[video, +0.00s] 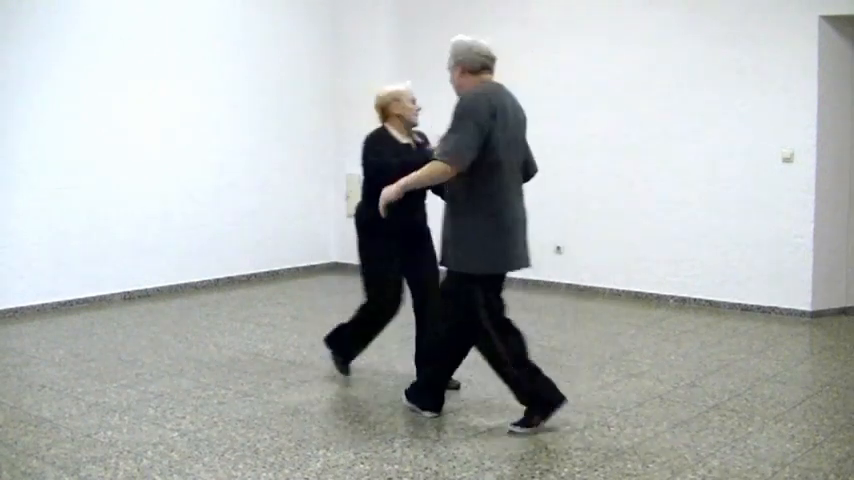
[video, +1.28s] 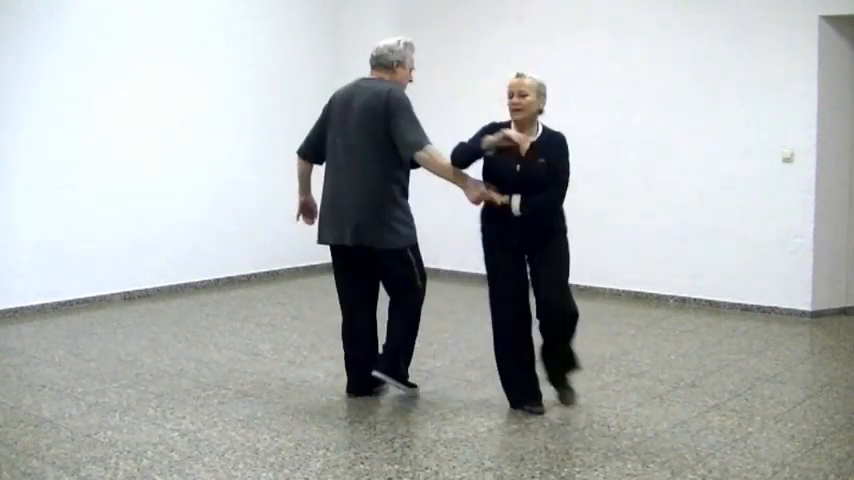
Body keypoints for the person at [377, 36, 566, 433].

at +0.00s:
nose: (451, 81)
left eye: (452, 74)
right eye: (452, 74)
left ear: (462, 70)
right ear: (488, 68)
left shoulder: (474, 102)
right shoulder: (507, 103)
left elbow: (448, 165)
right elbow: (526, 168)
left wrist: (401, 185)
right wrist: (472, 184)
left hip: (474, 237)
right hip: (498, 234)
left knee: (483, 319)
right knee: (455, 314)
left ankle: (541, 398)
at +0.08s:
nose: (438, 80)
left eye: (438, 73)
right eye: (439, 74)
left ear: (446, 70)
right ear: (475, 68)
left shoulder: (454, 102)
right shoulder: (498, 105)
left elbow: (437, 166)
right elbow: (515, 169)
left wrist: (396, 200)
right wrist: (472, 191)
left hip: (455, 232)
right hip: (488, 232)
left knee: (447, 316)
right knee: (451, 316)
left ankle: (509, 383)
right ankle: (426, 397)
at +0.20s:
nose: (423, 77)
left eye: (422, 72)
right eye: (424, 73)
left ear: (427, 68)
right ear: (459, 67)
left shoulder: (430, 98)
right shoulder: (485, 104)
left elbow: (419, 165)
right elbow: (500, 170)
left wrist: (396, 217)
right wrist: (465, 197)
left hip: (433, 228)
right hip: (475, 231)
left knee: (403, 304)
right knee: (447, 313)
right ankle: (428, 391)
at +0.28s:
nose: (416, 72)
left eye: (415, 67)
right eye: (419, 68)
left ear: (419, 66)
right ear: (452, 65)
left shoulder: (417, 96)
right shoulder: (477, 101)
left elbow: (407, 161)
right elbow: (495, 170)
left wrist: (393, 214)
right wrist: (468, 202)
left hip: (421, 228)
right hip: (464, 228)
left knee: (388, 302)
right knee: (454, 306)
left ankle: (426, 396)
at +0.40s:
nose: (409, 71)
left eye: (408, 67)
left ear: (409, 65)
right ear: (446, 65)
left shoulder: (400, 94)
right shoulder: (468, 100)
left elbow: (385, 156)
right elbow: (494, 166)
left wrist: (374, 209)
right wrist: (478, 197)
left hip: (400, 228)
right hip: (451, 231)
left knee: (377, 305)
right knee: (435, 316)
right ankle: (421, 401)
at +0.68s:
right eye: (434, 64)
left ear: (400, 64)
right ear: (434, 66)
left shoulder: (372, 96)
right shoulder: (447, 101)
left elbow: (336, 155)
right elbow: (475, 166)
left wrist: (320, 201)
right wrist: (495, 193)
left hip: (372, 222)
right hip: (421, 226)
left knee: (372, 291)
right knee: (409, 310)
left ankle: (354, 367)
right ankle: (398, 397)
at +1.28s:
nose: (411, 77)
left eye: (411, 70)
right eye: (410, 70)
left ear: (376, 66)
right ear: (397, 67)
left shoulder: (341, 97)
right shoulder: (393, 98)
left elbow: (305, 154)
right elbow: (421, 153)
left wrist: (304, 196)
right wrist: (466, 182)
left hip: (339, 220)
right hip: (383, 220)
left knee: (356, 305)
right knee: (410, 288)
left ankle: (360, 383)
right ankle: (393, 366)